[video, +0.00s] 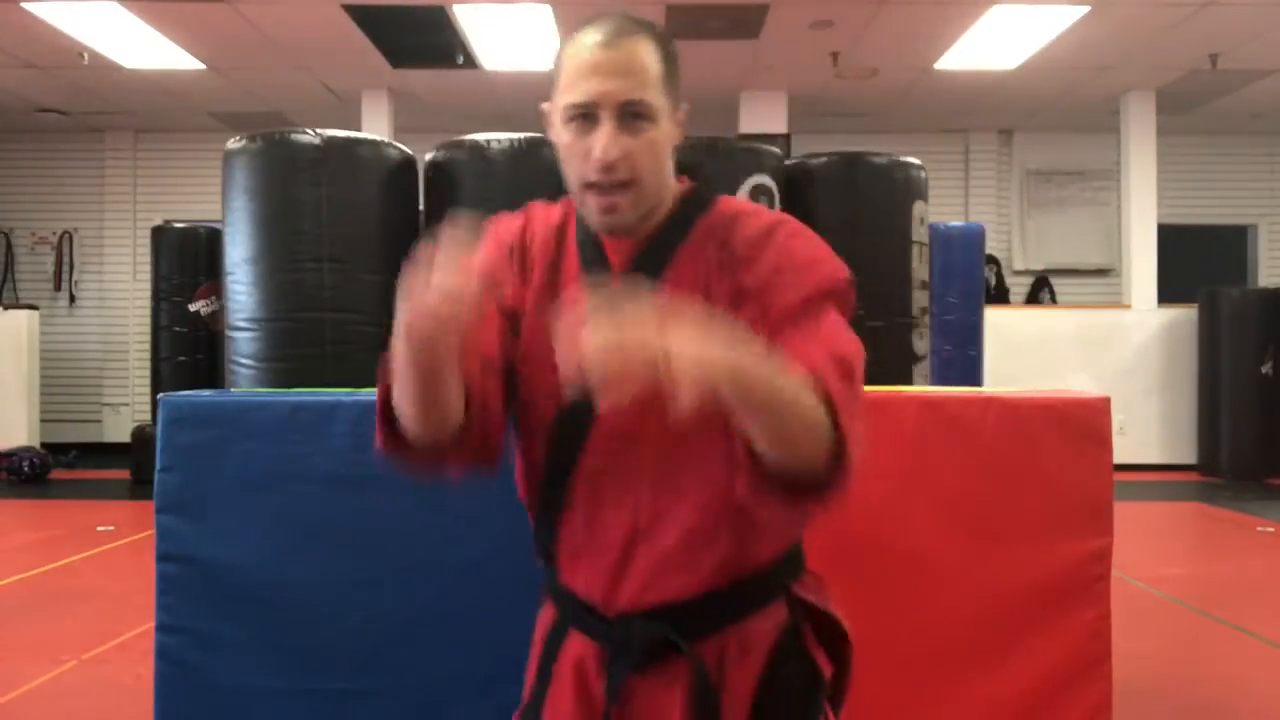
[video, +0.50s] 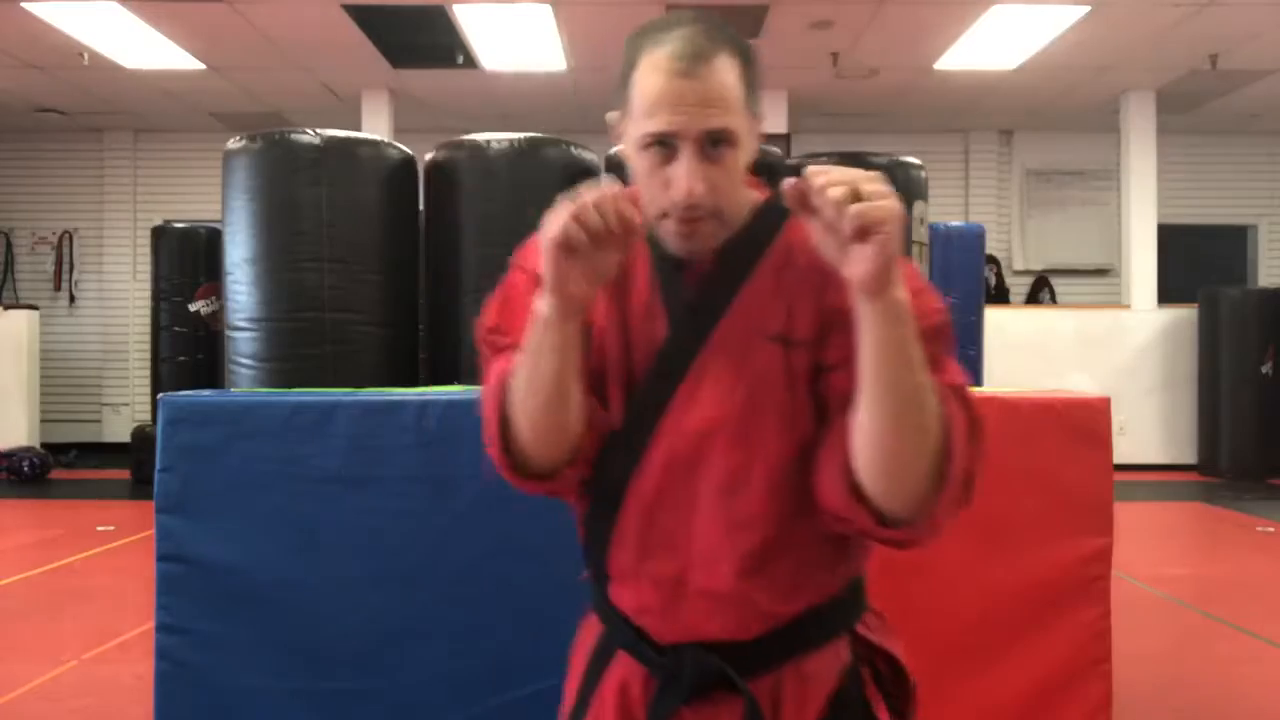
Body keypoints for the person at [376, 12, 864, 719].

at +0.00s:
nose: (606, 150)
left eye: (635, 118)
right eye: (583, 119)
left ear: (677, 124)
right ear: (550, 126)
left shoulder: (769, 253)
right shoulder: (517, 250)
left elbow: (819, 454)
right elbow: (440, 440)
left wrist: (713, 353)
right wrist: (426, 346)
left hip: (739, 655)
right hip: (581, 649)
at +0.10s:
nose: (592, 173)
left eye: (616, 135)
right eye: (567, 140)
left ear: (665, 125)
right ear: (540, 140)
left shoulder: (758, 239)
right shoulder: (517, 230)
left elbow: (799, 411)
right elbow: (424, 380)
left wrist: (710, 219)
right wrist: (441, 214)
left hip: (723, 643)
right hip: (563, 641)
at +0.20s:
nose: (601, 195)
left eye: (629, 160)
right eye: (578, 162)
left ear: (676, 153)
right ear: (548, 151)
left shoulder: (759, 244)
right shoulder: (523, 227)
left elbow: (789, 417)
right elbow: (449, 383)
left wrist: (736, 198)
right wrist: (469, 191)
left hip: (717, 645)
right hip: (558, 640)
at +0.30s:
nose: (623, 197)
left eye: (651, 162)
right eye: (599, 162)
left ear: (691, 150)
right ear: (563, 151)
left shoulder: (763, 255)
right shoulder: (509, 246)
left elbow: (815, 460)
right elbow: (477, 422)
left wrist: (782, 257)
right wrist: (505, 234)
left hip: (732, 653)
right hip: (572, 648)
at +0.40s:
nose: (651, 191)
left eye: (678, 158)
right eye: (624, 159)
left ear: (714, 144)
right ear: (583, 145)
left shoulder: (791, 261)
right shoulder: (527, 256)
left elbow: (858, 490)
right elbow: (495, 442)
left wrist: (834, 294)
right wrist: (529, 271)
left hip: (762, 668)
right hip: (595, 665)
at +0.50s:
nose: (689, 182)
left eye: (716, 146)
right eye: (661, 148)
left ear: (755, 137)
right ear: (621, 142)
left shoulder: (838, 258)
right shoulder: (573, 254)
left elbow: (904, 502)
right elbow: (537, 460)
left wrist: (876, 295)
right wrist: (564, 305)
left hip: (804, 678)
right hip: (628, 677)